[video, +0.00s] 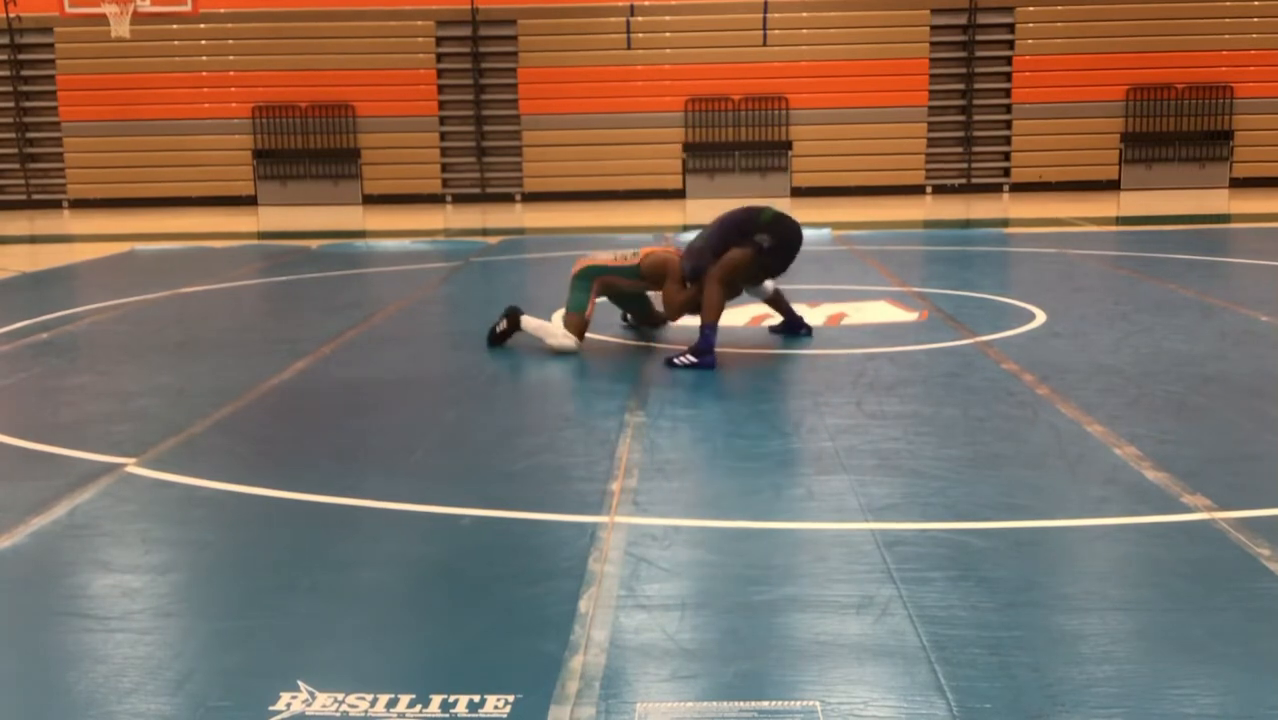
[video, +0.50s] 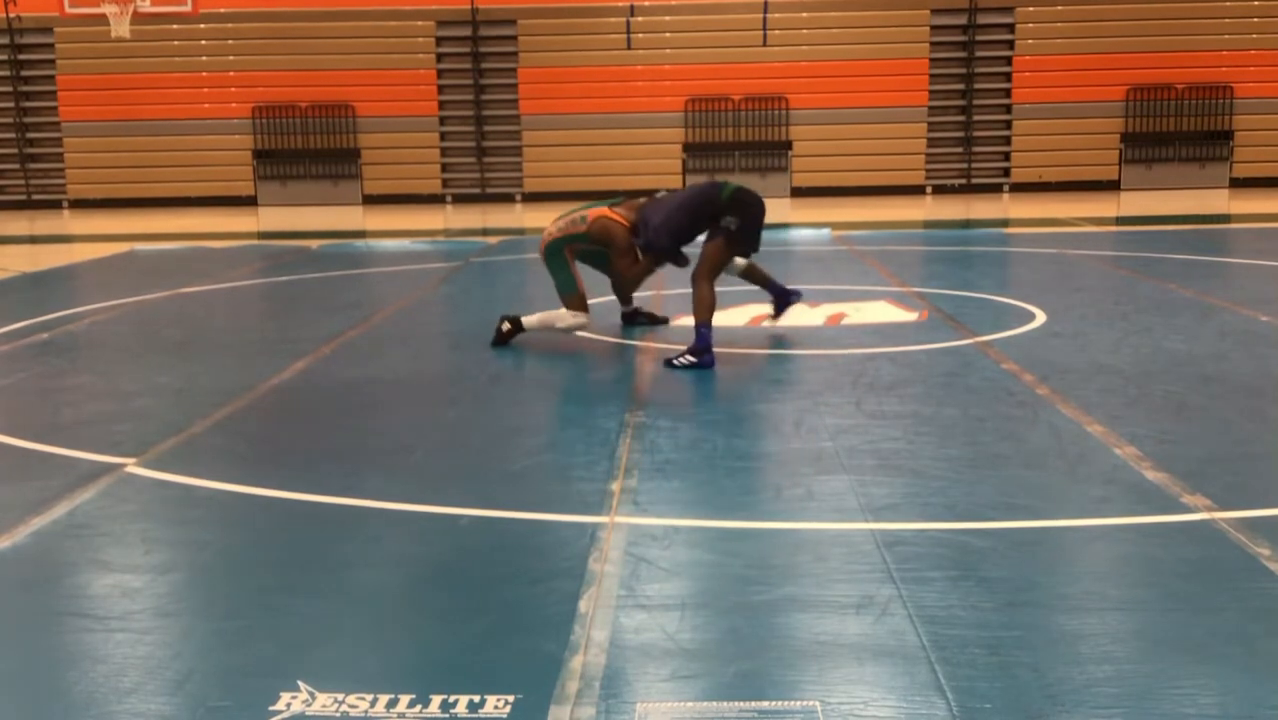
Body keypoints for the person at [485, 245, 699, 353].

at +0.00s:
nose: (691, 312)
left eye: (696, 310)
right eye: (693, 309)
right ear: (694, 288)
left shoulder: (689, 263)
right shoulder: (673, 265)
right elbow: (673, 312)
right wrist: (700, 288)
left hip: (620, 276)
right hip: (589, 273)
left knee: (654, 321)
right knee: (568, 340)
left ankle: (632, 317)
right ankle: (517, 320)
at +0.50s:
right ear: (647, 229)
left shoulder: (634, 210)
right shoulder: (618, 232)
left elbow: (629, 272)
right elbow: (626, 283)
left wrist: (662, 254)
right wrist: (657, 259)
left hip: (574, 238)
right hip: (555, 245)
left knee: (620, 267)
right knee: (578, 318)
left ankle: (630, 313)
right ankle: (515, 324)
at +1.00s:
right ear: (640, 214)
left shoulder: (623, 204)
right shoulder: (611, 198)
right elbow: (598, 241)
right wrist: (633, 225)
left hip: (574, 215)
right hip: (551, 209)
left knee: (608, 264)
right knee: (554, 284)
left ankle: (599, 310)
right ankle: (490, 315)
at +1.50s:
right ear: (645, 207)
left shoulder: (621, 196)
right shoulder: (614, 195)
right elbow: (605, 236)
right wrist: (640, 222)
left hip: (567, 210)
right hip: (546, 208)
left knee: (597, 254)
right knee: (564, 283)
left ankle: (591, 319)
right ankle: (498, 325)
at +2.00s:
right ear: (662, 194)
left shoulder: (637, 194)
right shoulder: (633, 186)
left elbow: (663, 249)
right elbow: (622, 221)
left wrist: (682, 228)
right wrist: (659, 209)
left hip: (578, 204)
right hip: (558, 198)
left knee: (603, 256)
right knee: (555, 278)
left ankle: (590, 318)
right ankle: (493, 327)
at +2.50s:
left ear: (671, 190)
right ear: (678, 197)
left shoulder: (655, 200)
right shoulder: (651, 197)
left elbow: (679, 247)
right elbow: (651, 241)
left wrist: (704, 236)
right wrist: (685, 221)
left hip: (580, 206)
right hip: (573, 208)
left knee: (603, 266)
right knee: (605, 281)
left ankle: (589, 320)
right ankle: (548, 335)